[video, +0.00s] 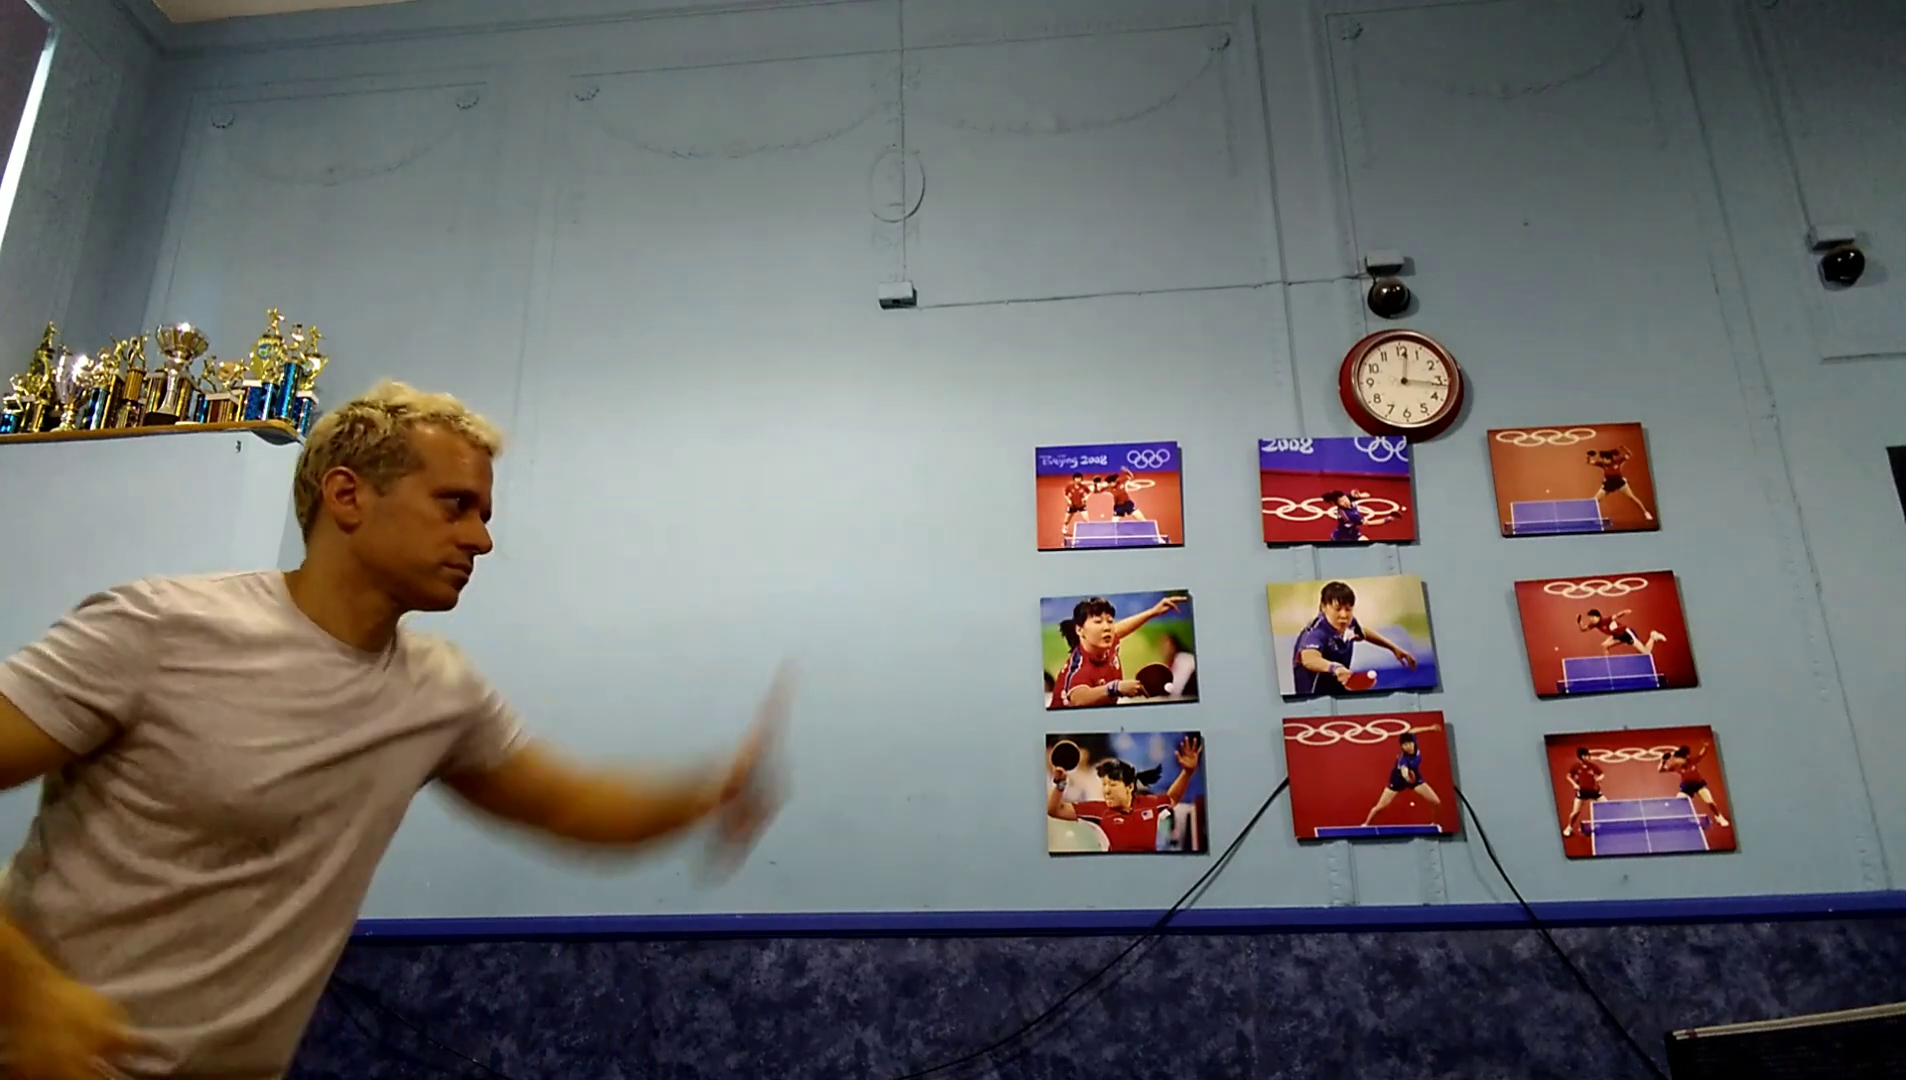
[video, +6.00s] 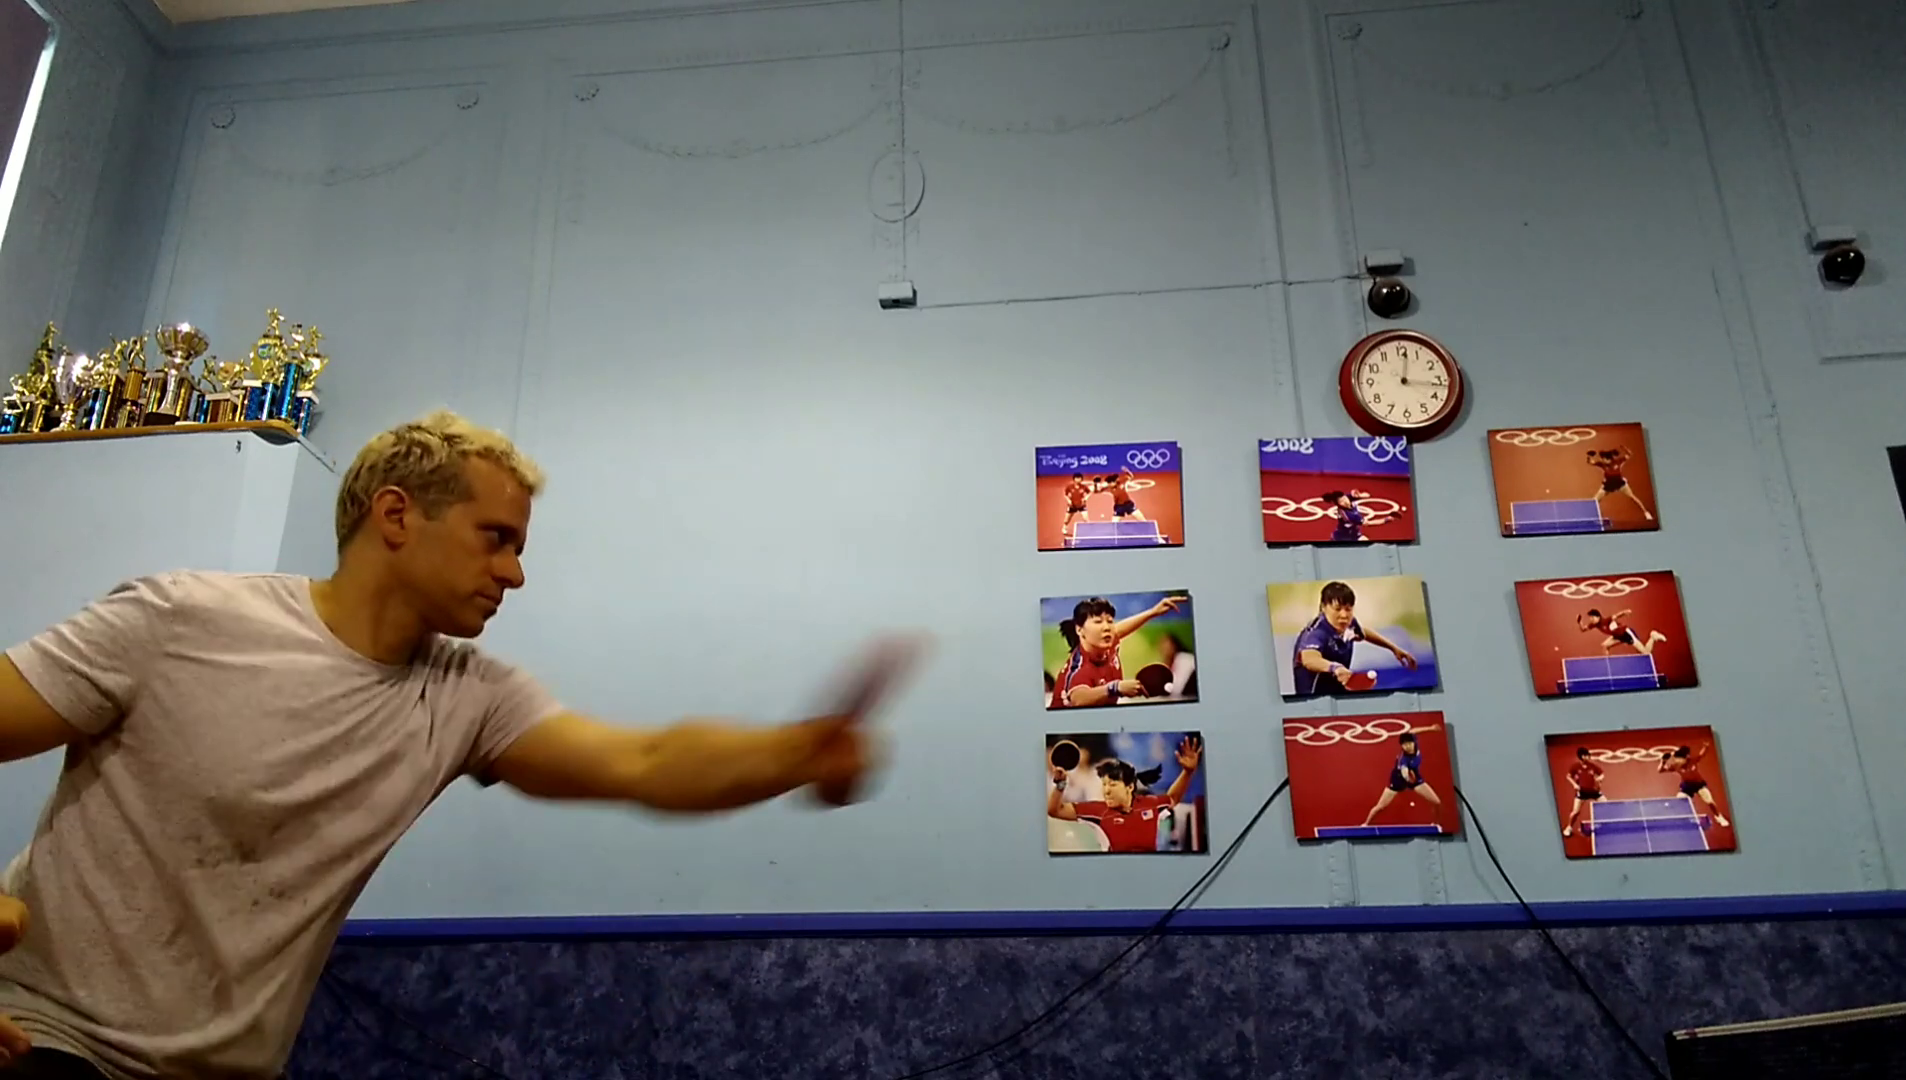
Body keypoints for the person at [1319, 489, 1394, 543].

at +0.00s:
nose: (1344, 502)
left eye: (1344, 499)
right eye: (1341, 502)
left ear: (1346, 497)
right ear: (1338, 505)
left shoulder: (1350, 499)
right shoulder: (1350, 515)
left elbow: (1367, 496)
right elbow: (1367, 523)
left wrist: (1359, 495)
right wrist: (1386, 520)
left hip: (1355, 535)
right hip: (1341, 538)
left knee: (1370, 547)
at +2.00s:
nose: (1345, 502)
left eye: (1344, 499)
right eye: (1341, 502)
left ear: (1347, 497)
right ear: (1338, 505)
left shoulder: (1349, 499)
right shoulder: (1350, 515)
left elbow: (1368, 495)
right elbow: (1367, 523)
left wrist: (1360, 495)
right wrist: (1384, 520)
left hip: (1355, 535)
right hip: (1342, 538)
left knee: (1370, 547)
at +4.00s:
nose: (1344, 502)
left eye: (1343, 499)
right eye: (1340, 502)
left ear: (1346, 497)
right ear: (1338, 505)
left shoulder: (1350, 500)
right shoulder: (1349, 515)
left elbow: (1367, 496)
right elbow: (1367, 523)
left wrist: (1360, 495)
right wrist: (1385, 520)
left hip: (1355, 535)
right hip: (1341, 537)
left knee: (1370, 547)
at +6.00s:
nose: (1344, 502)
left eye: (1344, 499)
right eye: (1341, 502)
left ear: (1346, 497)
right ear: (1339, 505)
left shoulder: (1348, 498)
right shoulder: (1350, 515)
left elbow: (1367, 496)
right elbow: (1367, 523)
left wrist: (1360, 495)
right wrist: (1385, 520)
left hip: (1356, 536)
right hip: (1341, 538)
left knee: (1371, 548)